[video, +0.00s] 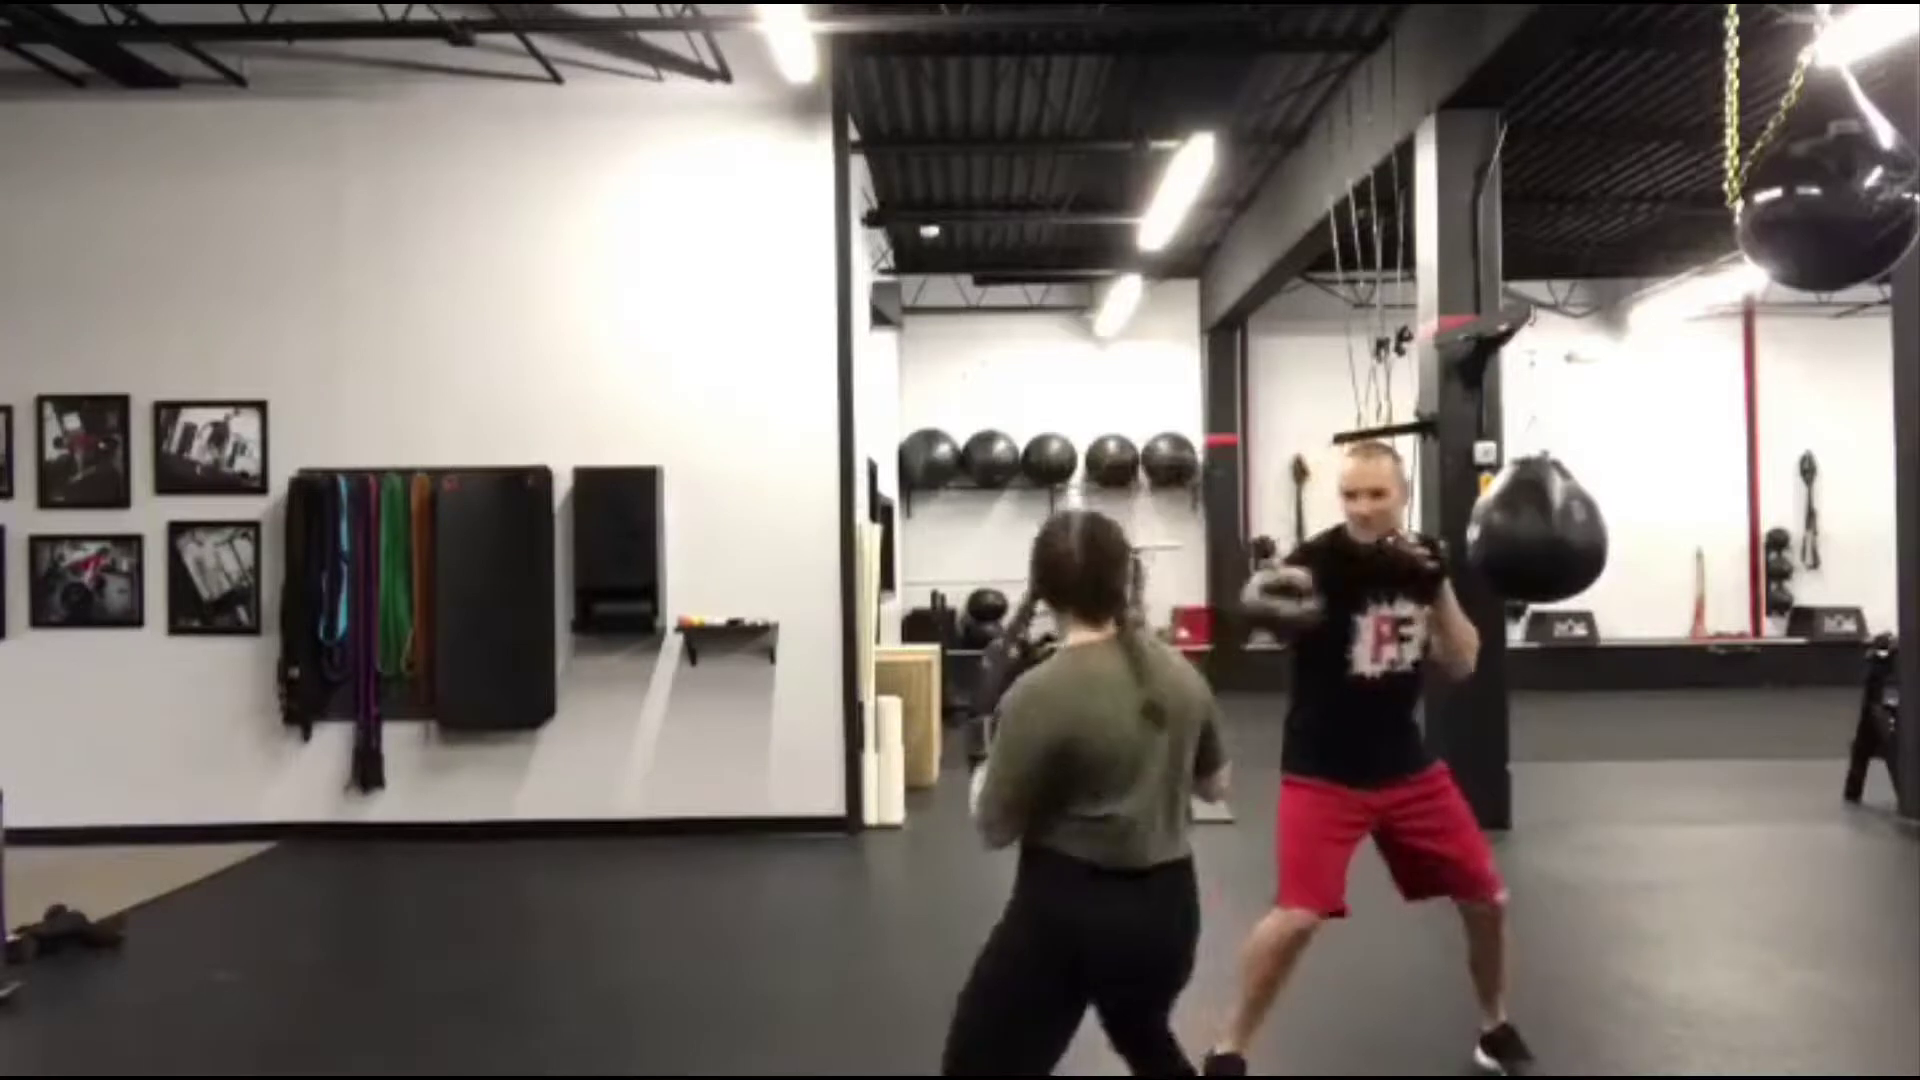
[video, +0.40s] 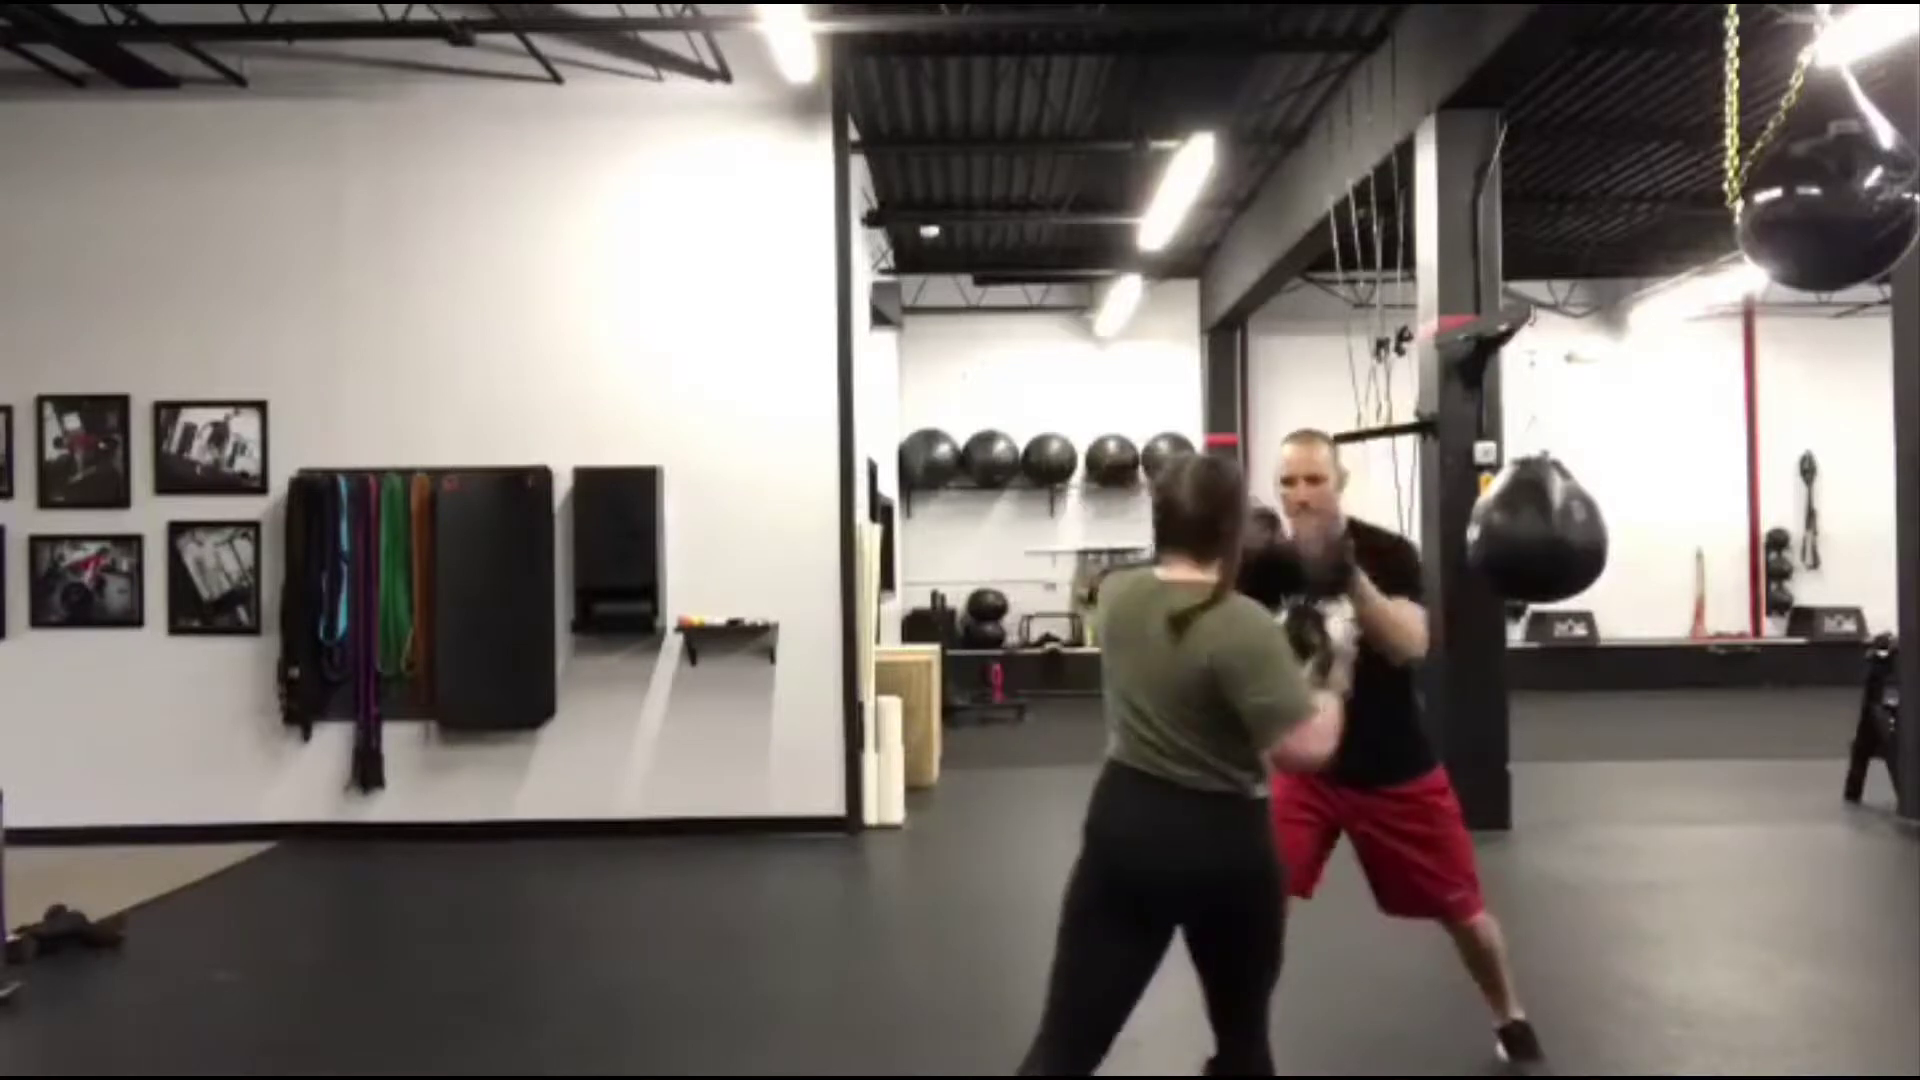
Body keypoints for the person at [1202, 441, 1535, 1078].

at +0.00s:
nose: (1363, 508)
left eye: (1376, 495)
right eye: (1351, 496)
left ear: (1403, 495)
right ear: (1338, 497)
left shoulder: (1424, 563)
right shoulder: (1315, 562)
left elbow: (1461, 662)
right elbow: (1266, 598)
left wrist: (1434, 582)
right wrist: (1273, 600)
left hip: (1409, 769)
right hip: (1321, 775)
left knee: (1487, 899)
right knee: (1300, 914)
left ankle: (1494, 1026)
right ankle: (1230, 1051)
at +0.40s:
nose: (1301, 494)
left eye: (1314, 481)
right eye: (1290, 483)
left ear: (1340, 483)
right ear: (1277, 489)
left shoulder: (1386, 553)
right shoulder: (1261, 565)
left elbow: (1412, 644)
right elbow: (1231, 655)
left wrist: (1347, 576)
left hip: (1400, 773)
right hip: (1300, 772)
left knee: (1465, 915)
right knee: (1253, 908)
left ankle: (1512, 1021)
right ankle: (1237, 1047)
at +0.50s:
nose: (1301, 501)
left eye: (1314, 487)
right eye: (1289, 489)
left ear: (1342, 490)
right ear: (1278, 496)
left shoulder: (1391, 561)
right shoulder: (1266, 568)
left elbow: (1435, 665)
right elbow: (1234, 649)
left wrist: (1360, 660)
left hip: (1405, 778)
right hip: (1311, 778)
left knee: (1469, 914)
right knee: (1264, 914)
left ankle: (1514, 1022)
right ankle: (1235, 1047)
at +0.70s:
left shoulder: (1327, 569)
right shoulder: (1198, 585)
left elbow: (1391, 657)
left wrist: (1361, 720)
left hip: (1338, 765)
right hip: (1252, 778)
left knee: (1420, 896)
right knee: (1245, 915)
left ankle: (1500, 1018)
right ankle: (1236, 1045)